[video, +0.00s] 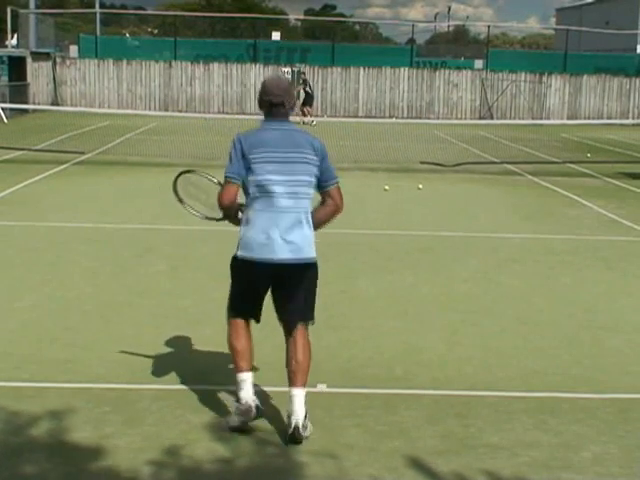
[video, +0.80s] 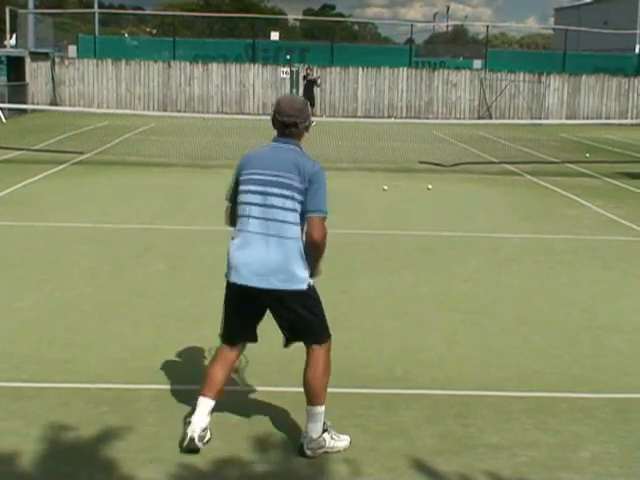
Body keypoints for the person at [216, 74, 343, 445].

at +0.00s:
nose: (277, 107)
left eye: (267, 101)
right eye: (288, 101)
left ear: (261, 105)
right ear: (293, 106)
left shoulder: (245, 142)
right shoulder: (313, 144)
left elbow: (227, 199)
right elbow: (334, 203)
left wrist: (234, 214)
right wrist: (304, 226)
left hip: (254, 254)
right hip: (299, 255)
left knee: (240, 316)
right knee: (297, 326)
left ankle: (246, 399)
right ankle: (298, 415)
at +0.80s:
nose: (304, 128)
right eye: (306, 123)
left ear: (274, 124)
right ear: (306, 126)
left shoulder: (248, 160)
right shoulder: (310, 169)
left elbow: (234, 217)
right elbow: (316, 235)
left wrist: (259, 242)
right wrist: (312, 268)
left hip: (242, 272)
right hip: (287, 275)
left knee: (231, 343)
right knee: (318, 342)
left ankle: (196, 425)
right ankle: (315, 433)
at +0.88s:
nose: (311, 130)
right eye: (311, 126)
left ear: (278, 126)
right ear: (309, 130)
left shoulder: (253, 160)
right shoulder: (308, 171)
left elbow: (255, 214)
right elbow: (309, 236)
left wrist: (305, 225)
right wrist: (321, 263)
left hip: (238, 267)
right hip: (279, 273)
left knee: (240, 337)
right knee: (316, 342)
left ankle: (202, 408)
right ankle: (315, 434)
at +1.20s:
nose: (305, 127)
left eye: (304, 122)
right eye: (305, 122)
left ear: (270, 121)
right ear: (298, 126)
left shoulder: (253, 149)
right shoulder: (277, 161)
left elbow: (298, 183)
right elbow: (272, 220)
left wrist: (345, 184)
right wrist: (325, 236)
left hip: (211, 257)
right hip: (240, 264)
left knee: (229, 330)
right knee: (279, 338)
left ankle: (199, 414)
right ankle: (275, 428)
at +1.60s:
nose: (304, 139)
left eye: (302, 132)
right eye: (303, 133)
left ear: (270, 132)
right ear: (299, 138)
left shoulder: (257, 158)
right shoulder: (268, 167)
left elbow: (287, 183)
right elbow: (253, 212)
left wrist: (315, 194)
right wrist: (299, 219)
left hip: (202, 258)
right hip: (225, 269)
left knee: (220, 327)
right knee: (265, 342)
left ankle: (191, 397)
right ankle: (243, 432)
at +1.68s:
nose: (299, 137)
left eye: (298, 132)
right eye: (298, 133)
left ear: (267, 130)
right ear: (293, 136)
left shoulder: (254, 157)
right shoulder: (262, 164)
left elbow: (257, 215)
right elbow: (262, 217)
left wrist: (297, 228)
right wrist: (305, 228)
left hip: (201, 257)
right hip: (223, 266)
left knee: (224, 321)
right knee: (260, 341)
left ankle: (190, 395)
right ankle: (242, 431)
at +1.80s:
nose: (286, 126)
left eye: (285, 120)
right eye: (286, 121)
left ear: (253, 118)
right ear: (280, 123)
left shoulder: (228, 145)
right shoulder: (258, 158)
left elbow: (194, 172)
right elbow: (290, 215)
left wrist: (184, 201)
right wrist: (341, 231)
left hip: (197, 252)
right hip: (226, 261)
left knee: (219, 315)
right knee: (253, 335)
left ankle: (190, 392)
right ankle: (243, 428)